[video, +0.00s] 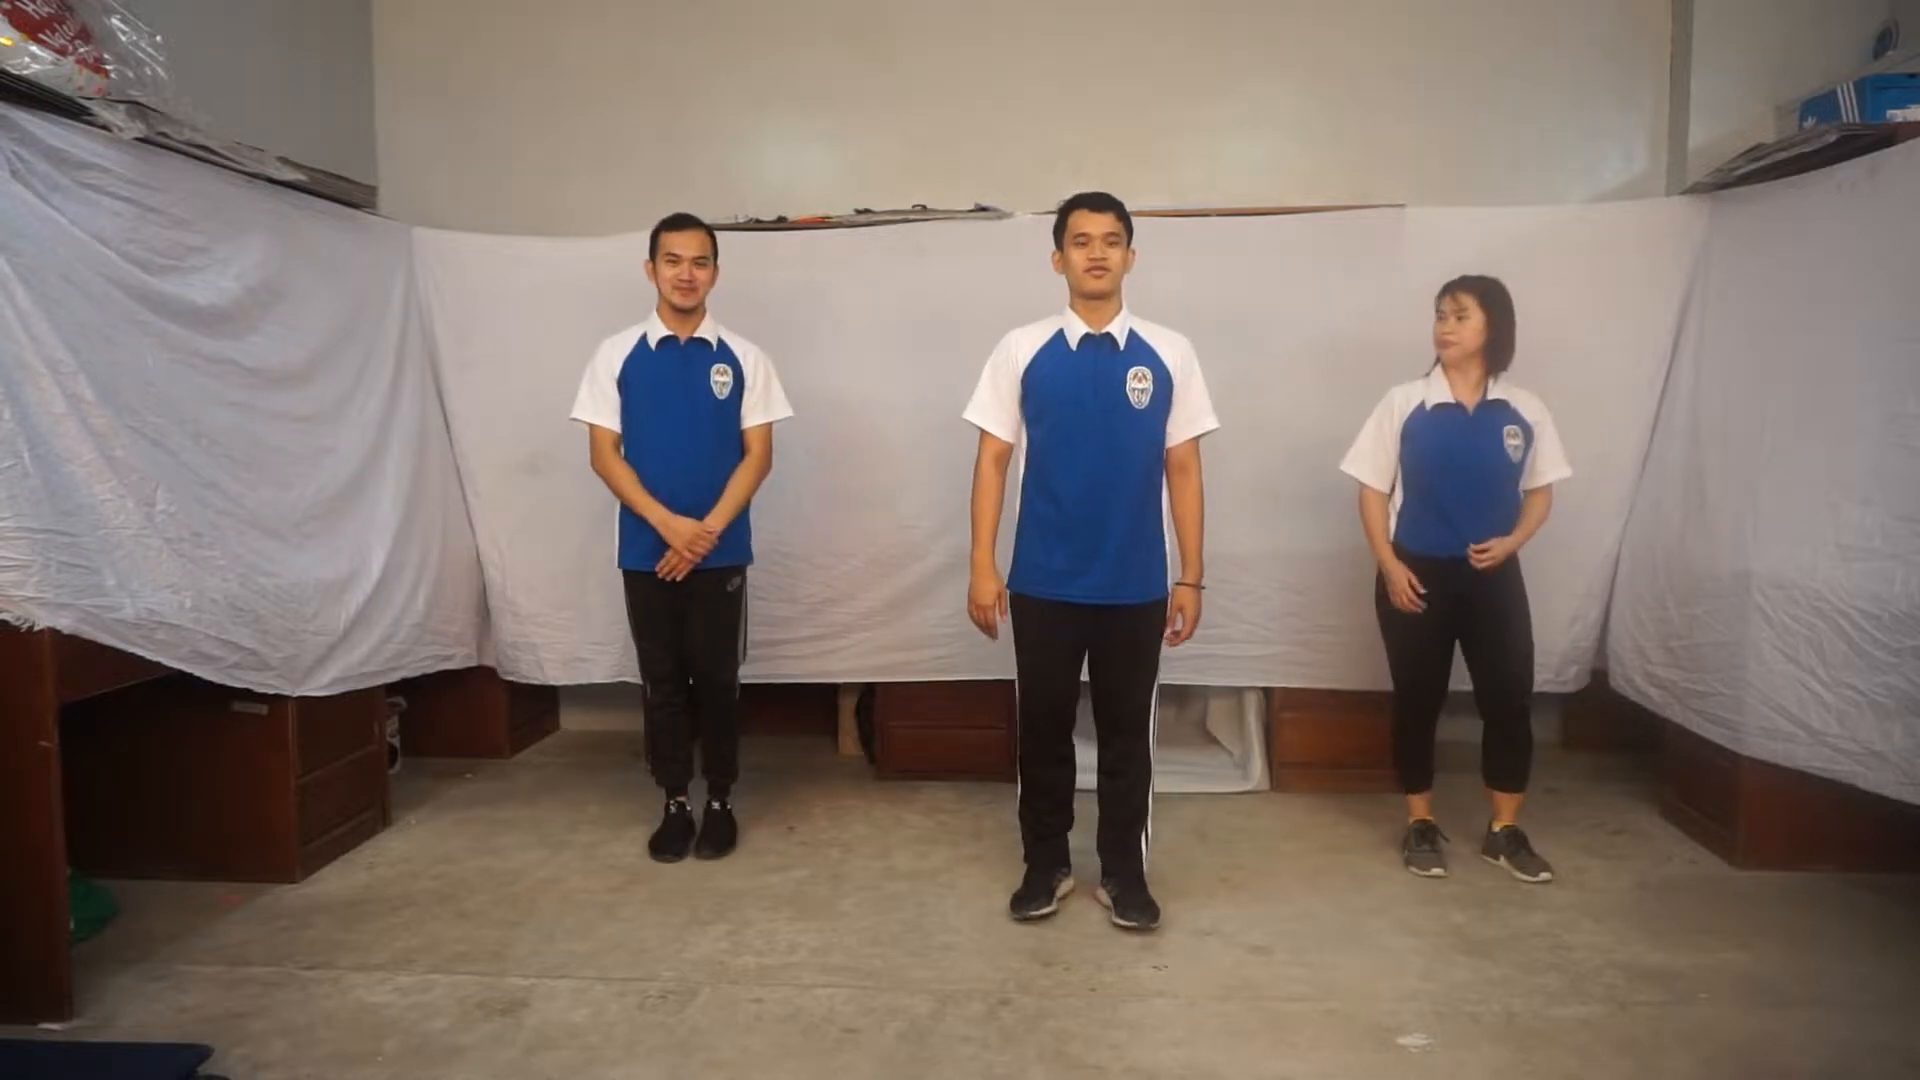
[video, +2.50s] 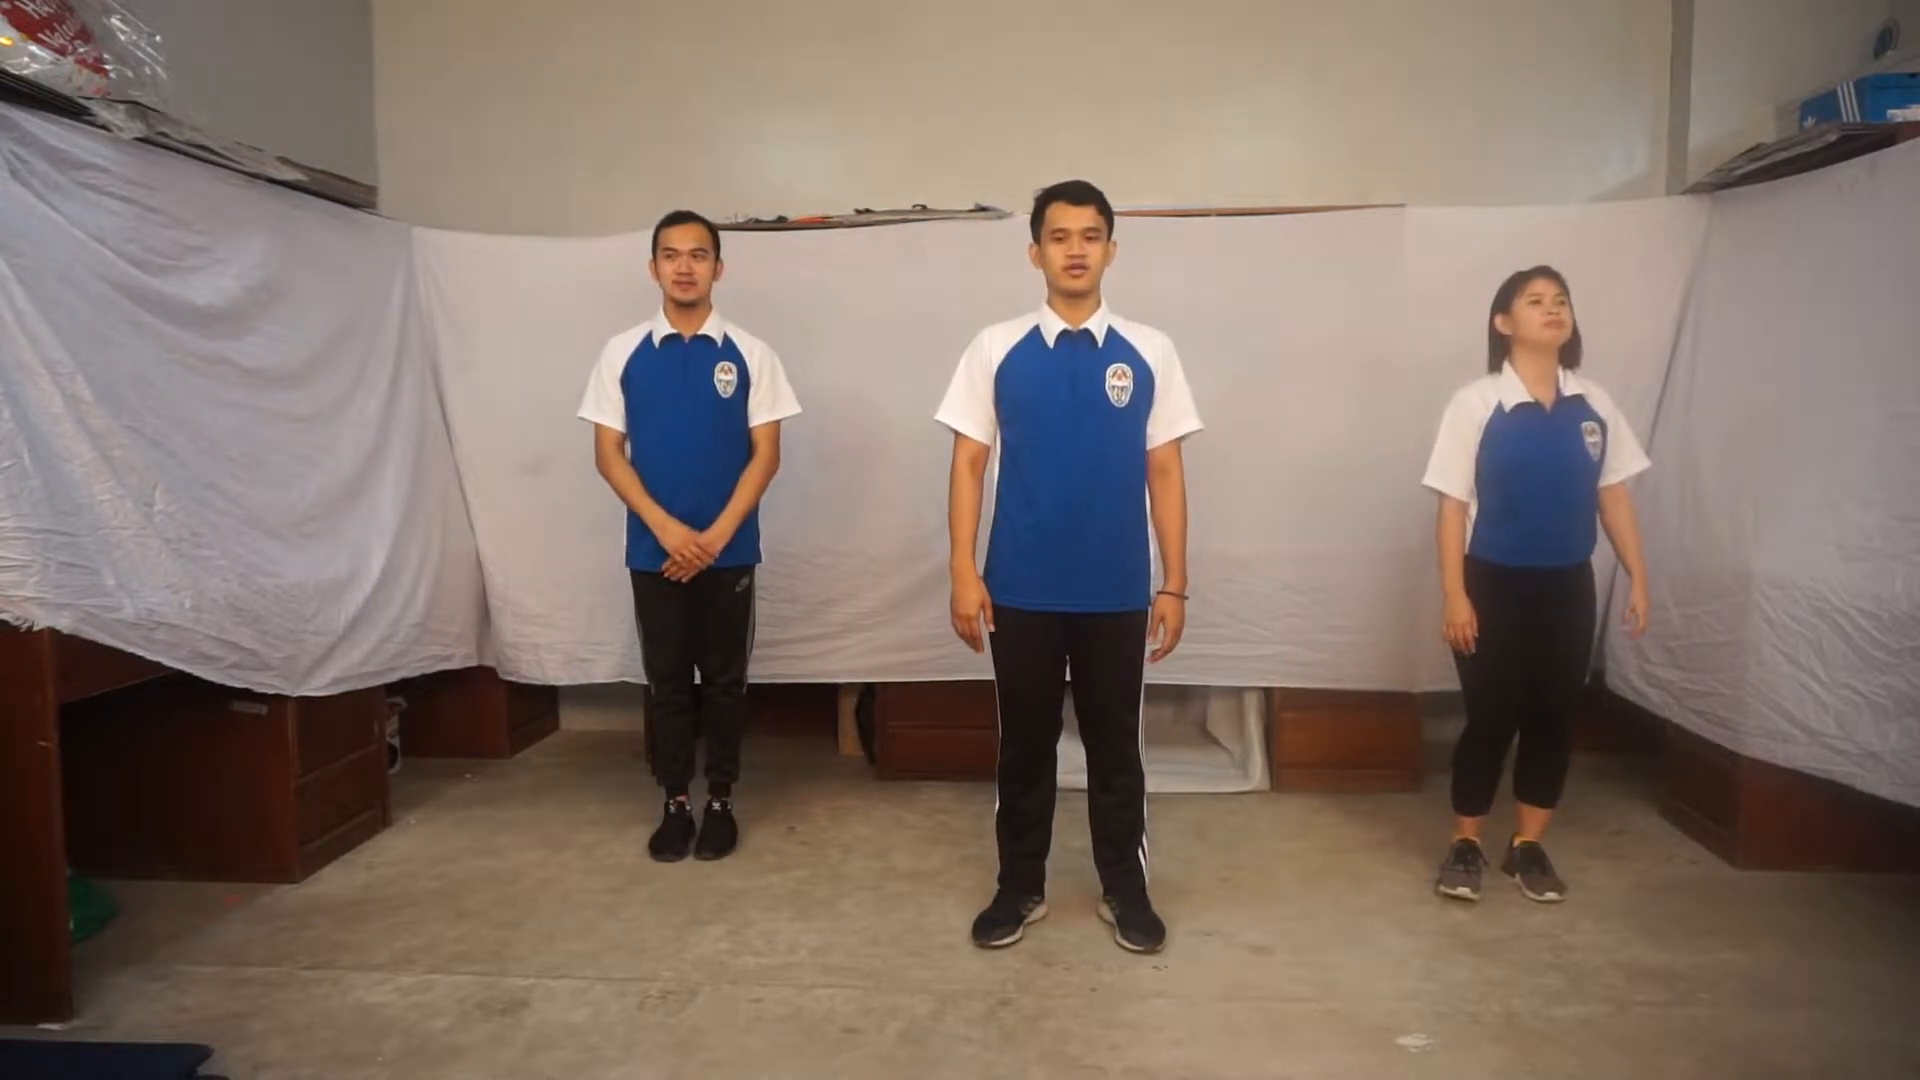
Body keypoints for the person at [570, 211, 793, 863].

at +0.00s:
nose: (687, 273)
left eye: (700, 262)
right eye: (673, 261)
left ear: (714, 273)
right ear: (653, 270)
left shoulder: (744, 359)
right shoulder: (617, 355)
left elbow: (759, 457)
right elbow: (603, 456)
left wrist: (703, 537)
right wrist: (665, 521)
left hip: (720, 555)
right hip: (647, 556)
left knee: (717, 683)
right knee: (663, 687)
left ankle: (719, 801)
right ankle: (676, 804)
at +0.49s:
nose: (690, 273)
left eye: (702, 262)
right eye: (676, 261)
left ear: (715, 272)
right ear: (654, 270)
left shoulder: (744, 358)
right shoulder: (617, 355)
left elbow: (759, 457)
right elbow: (603, 455)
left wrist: (699, 538)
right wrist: (660, 521)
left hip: (722, 555)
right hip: (649, 557)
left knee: (720, 685)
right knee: (664, 688)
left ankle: (720, 801)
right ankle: (676, 804)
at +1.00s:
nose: (689, 275)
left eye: (702, 264)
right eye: (675, 263)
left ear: (716, 271)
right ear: (654, 270)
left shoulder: (745, 356)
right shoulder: (618, 353)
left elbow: (758, 457)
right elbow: (604, 455)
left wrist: (700, 536)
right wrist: (655, 526)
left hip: (722, 555)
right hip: (651, 556)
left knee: (720, 683)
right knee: (664, 686)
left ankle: (720, 802)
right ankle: (675, 805)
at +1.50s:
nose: (694, 273)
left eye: (705, 261)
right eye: (680, 261)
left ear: (718, 271)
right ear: (656, 270)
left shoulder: (748, 357)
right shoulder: (620, 354)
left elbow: (762, 457)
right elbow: (608, 455)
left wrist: (711, 538)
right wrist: (670, 523)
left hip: (726, 555)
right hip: (654, 556)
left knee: (722, 684)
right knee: (666, 687)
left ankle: (720, 802)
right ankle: (676, 804)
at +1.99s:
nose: (693, 269)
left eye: (705, 258)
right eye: (680, 257)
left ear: (720, 270)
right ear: (659, 268)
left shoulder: (750, 358)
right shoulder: (623, 353)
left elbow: (762, 459)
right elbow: (608, 454)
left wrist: (708, 542)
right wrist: (667, 521)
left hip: (726, 555)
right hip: (654, 556)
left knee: (723, 684)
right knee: (666, 687)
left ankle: (720, 802)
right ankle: (676, 804)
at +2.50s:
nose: (684, 266)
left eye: (698, 255)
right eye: (671, 255)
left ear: (716, 267)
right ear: (655, 267)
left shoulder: (750, 354)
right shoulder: (623, 353)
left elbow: (766, 457)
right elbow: (609, 456)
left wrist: (713, 539)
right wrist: (663, 525)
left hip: (729, 554)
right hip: (656, 555)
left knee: (724, 685)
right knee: (667, 687)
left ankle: (720, 803)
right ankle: (676, 804)